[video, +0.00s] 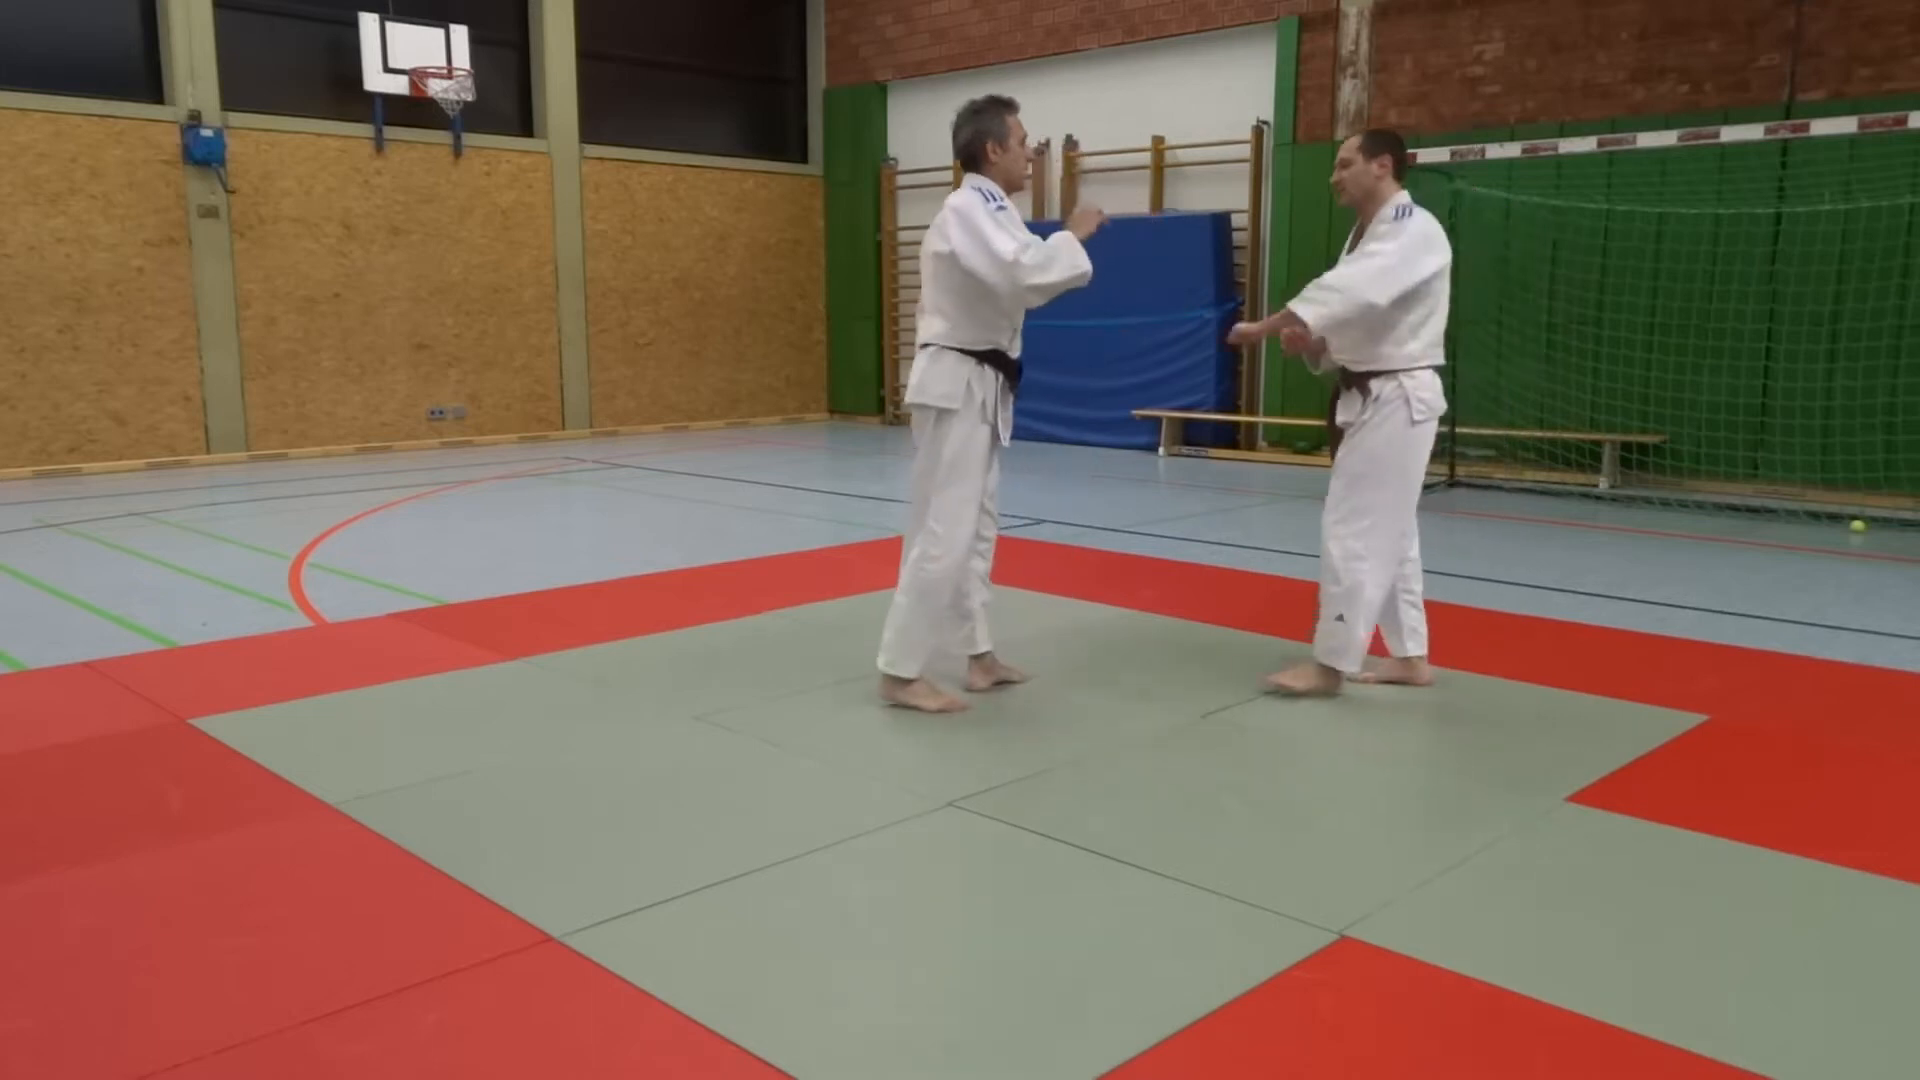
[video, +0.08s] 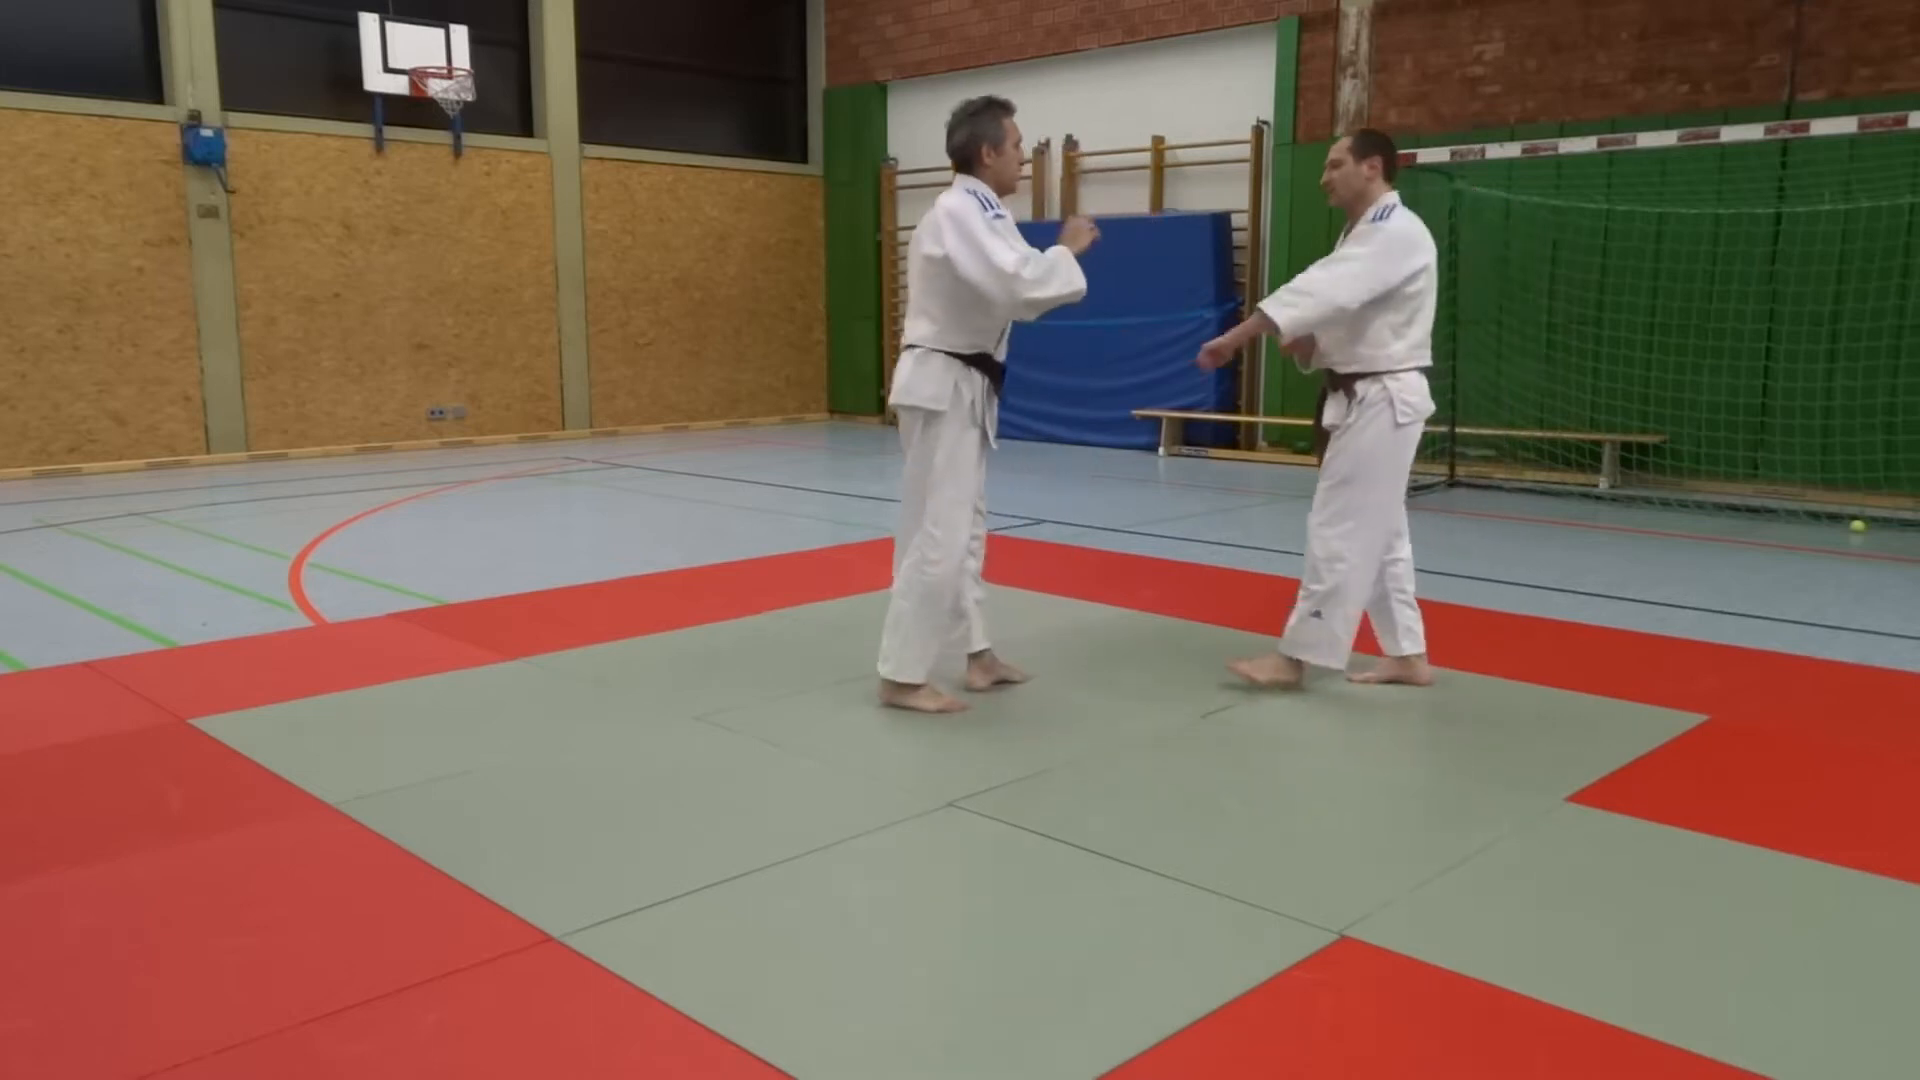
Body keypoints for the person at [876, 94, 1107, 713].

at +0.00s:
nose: (1031, 152)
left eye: (1028, 142)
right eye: (1022, 142)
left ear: (990, 152)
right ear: (989, 151)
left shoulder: (996, 213)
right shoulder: (967, 208)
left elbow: (1029, 280)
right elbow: (1016, 272)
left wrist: (1066, 245)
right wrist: (1073, 238)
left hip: (985, 383)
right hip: (954, 381)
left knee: (976, 527)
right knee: (943, 530)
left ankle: (976, 655)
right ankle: (900, 674)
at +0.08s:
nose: (1024, 156)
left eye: (1021, 145)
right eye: (1015, 145)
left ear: (984, 154)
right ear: (983, 153)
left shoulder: (989, 214)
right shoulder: (957, 211)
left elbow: (1017, 289)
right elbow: (1012, 281)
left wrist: (1058, 262)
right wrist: (1068, 251)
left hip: (968, 383)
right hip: (939, 383)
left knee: (965, 526)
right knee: (937, 532)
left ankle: (976, 655)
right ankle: (902, 678)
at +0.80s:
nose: (898, 169)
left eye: (895, 157)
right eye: (891, 157)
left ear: (854, 164)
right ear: (862, 161)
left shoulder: (843, 215)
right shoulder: (848, 215)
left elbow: (886, 305)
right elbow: (844, 300)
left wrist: (960, 335)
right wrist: (926, 319)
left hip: (816, 383)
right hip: (839, 386)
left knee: (811, 519)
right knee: (870, 527)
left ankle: (791, 650)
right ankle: (891, 674)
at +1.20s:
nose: (867, 163)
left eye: (865, 152)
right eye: (859, 152)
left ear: (818, 159)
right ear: (831, 156)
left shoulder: (802, 215)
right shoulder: (822, 212)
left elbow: (847, 307)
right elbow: (857, 264)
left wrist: (923, 304)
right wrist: (917, 227)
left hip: (787, 378)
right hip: (818, 382)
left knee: (792, 520)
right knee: (830, 530)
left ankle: (789, 651)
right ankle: (825, 679)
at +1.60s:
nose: (852, 182)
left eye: (851, 170)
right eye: (843, 170)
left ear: (814, 176)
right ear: (808, 175)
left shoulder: (839, 241)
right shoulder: (774, 232)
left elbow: (905, 279)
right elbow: (728, 301)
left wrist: (982, 292)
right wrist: (801, 307)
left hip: (805, 395)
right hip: (776, 393)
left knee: (762, 525)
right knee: (809, 532)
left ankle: (713, 641)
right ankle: (820, 679)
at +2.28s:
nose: (875, 174)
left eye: (874, 163)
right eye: (868, 163)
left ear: (837, 170)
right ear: (841, 168)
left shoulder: (841, 224)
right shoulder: (824, 221)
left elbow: (886, 292)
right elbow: (859, 272)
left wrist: (957, 298)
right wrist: (913, 228)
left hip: (823, 380)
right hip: (828, 384)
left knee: (828, 513)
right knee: (858, 520)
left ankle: (757, 598)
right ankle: (858, 657)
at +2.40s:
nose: (883, 173)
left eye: (881, 162)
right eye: (876, 162)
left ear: (845, 166)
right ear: (848, 164)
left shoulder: (843, 218)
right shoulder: (831, 218)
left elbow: (896, 296)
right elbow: (905, 252)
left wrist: (960, 279)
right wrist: (961, 223)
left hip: (841, 376)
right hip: (837, 380)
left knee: (852, 505)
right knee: (867, 519)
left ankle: (827, 608)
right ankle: (856, 661)